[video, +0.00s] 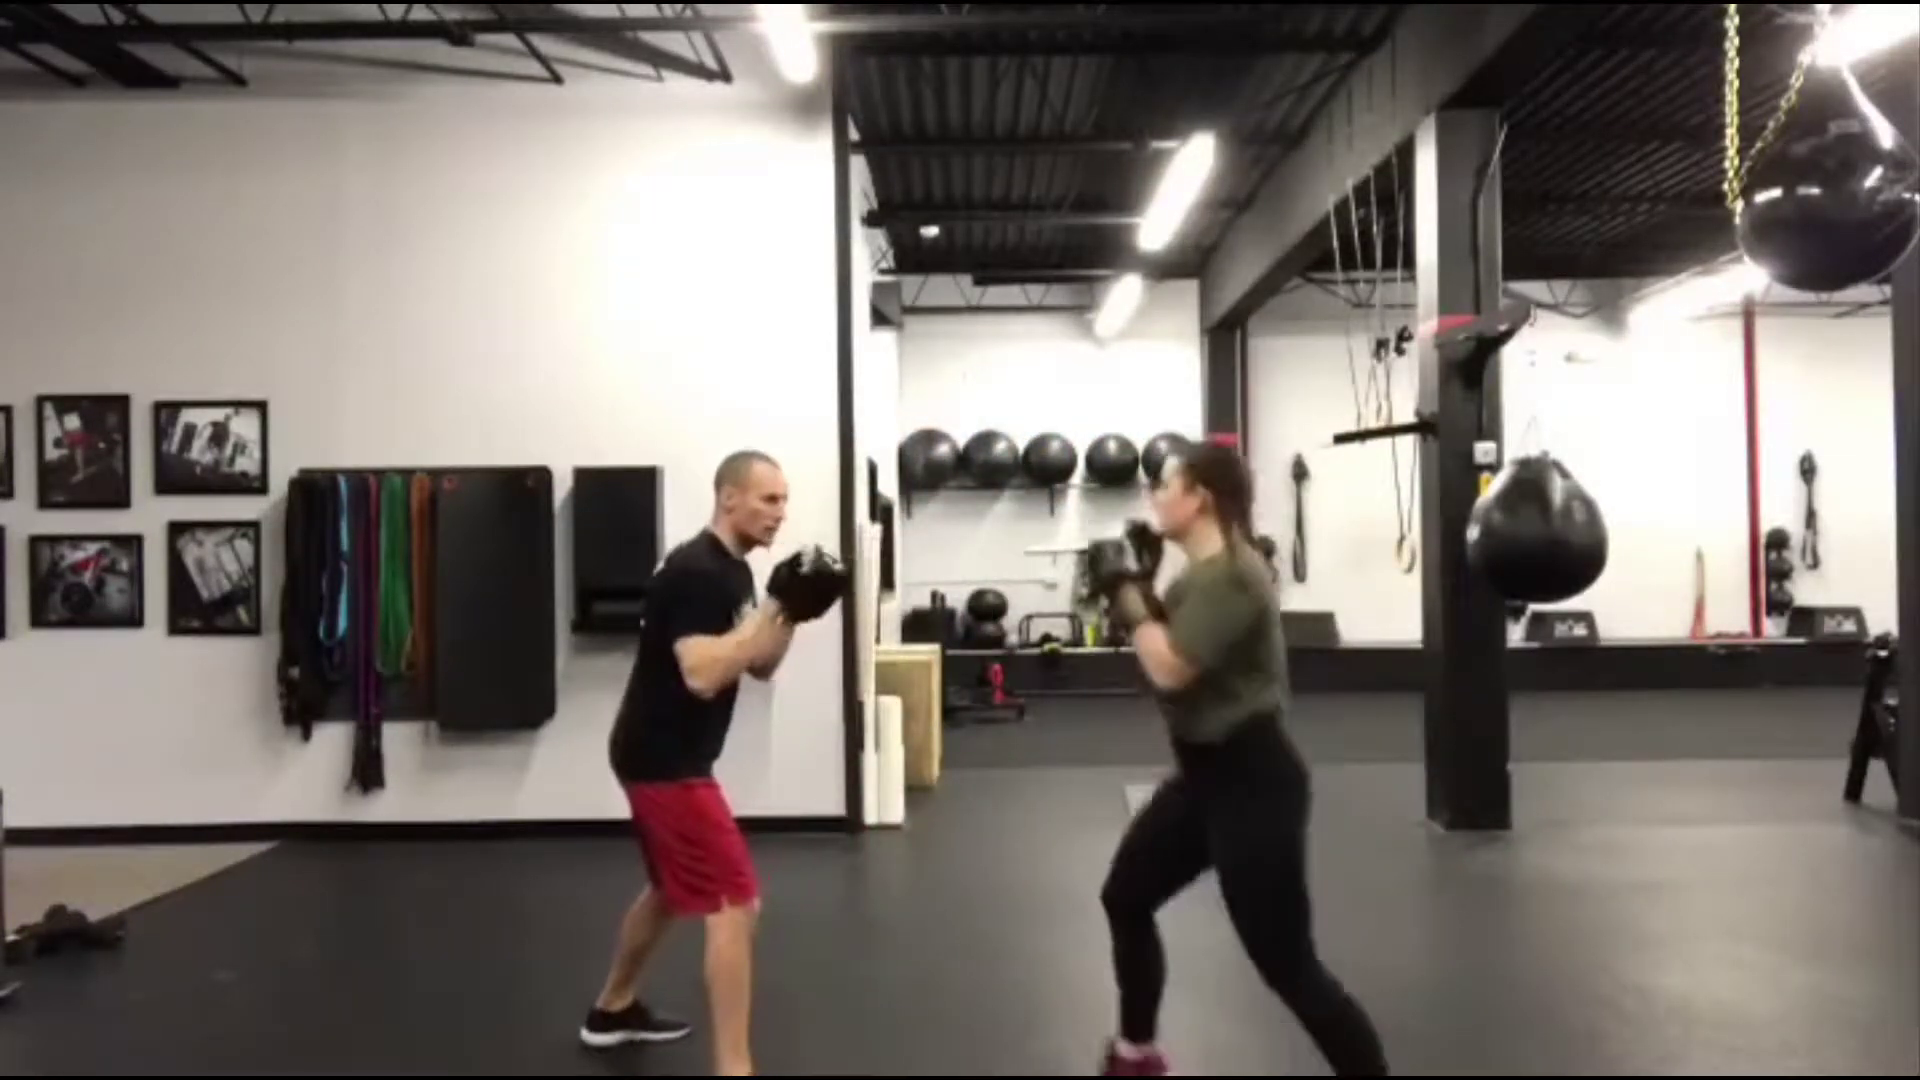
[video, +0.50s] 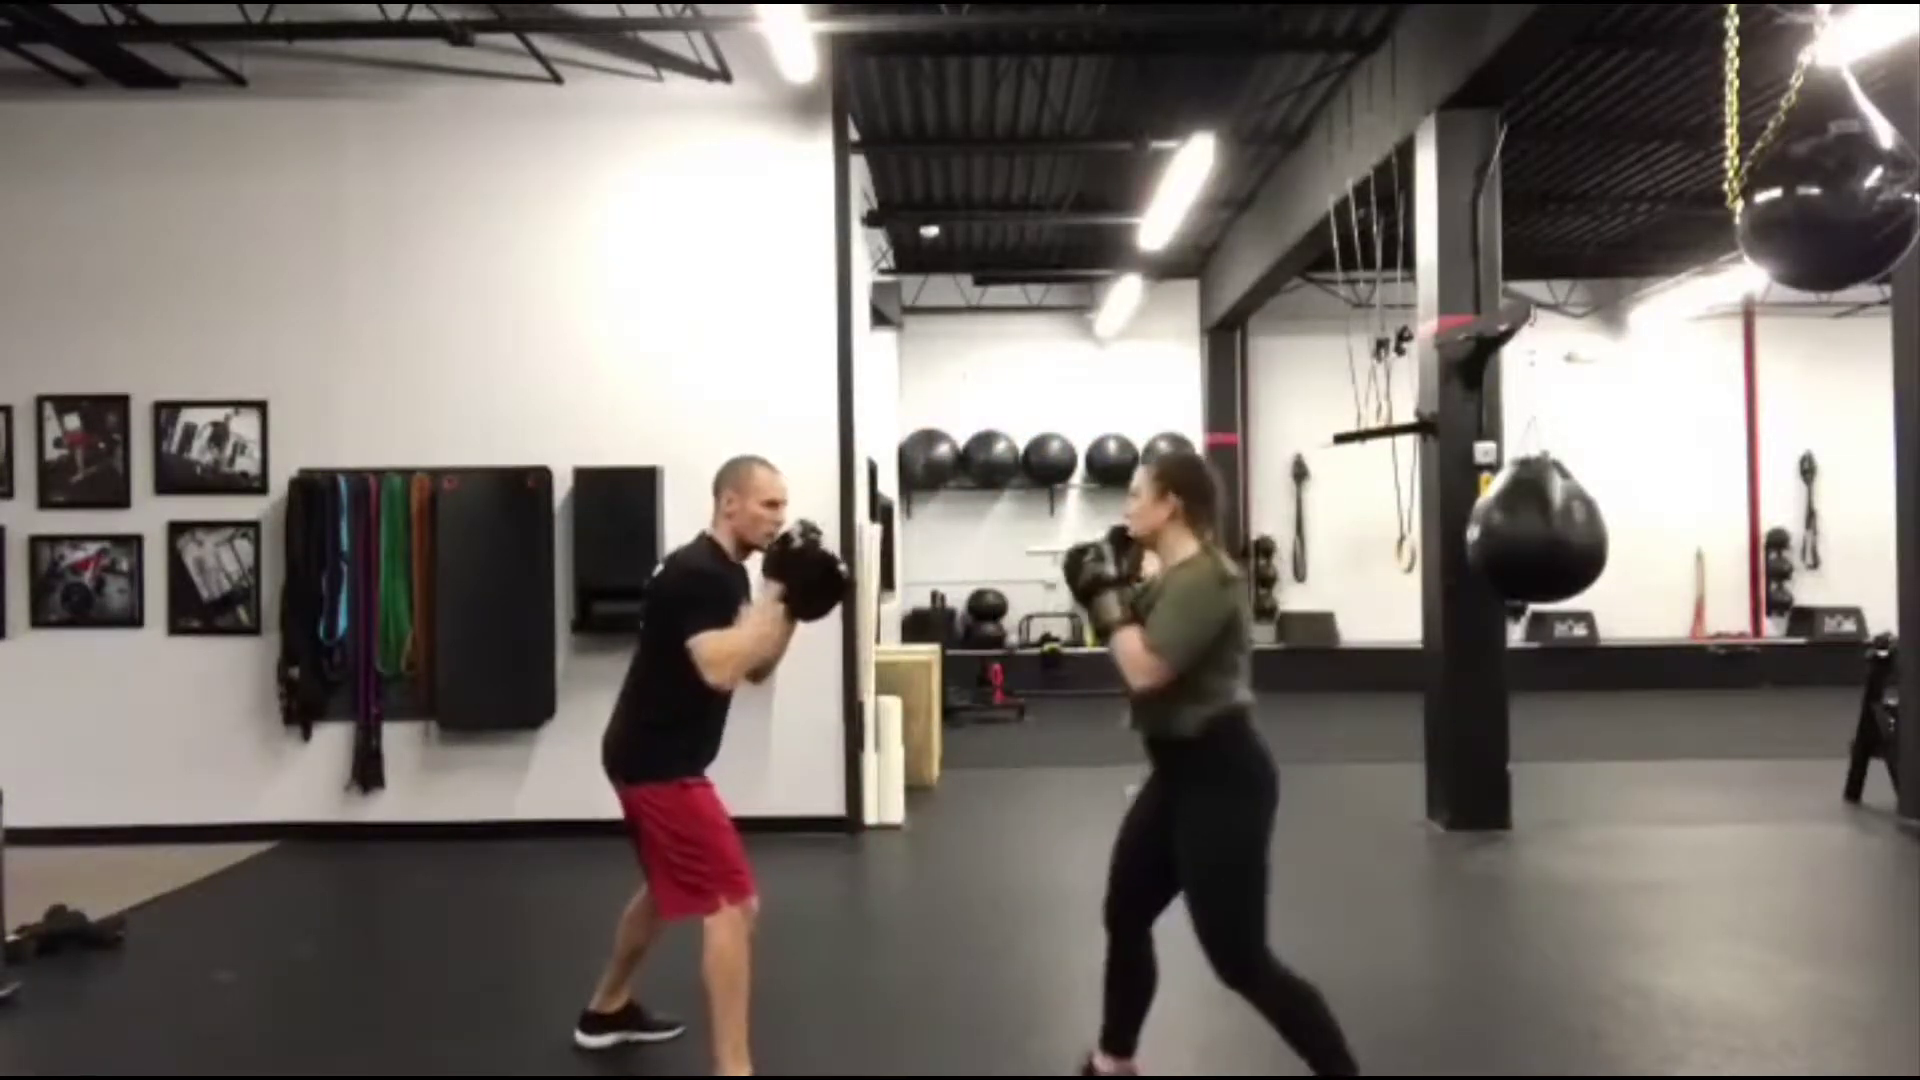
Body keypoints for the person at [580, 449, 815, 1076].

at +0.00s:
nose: (780, 513)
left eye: (783, 501)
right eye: (770, 500)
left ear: (749, 504)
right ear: (730, 499)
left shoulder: (733, 571)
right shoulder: (692, 570)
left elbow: (760, 663)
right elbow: (702, 674)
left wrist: (789, 612)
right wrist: (772, 615)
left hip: (673, 758)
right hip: (662, 762)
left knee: (671, 887)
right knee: (734, 904)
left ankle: (613, 1008)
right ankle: (735, 1066)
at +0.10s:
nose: (781, 512)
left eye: (785, 500)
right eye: (771, 498)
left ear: (744, 502)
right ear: (731, 497)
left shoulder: (730, 566)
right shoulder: (696, 568)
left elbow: (755, 659)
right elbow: (697, 673)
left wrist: (791, 611)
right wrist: (775, 616)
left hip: (663, 757)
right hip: (661, 763)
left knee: (662, 885)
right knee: (731, 905)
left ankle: (613, 1007)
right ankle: (732, 1065)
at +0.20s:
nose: (787, 515)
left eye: (790, 503)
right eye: (777, 501)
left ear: (744, 505)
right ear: (736, 500)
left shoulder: (727, 566)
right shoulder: (706, 570)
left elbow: (752, 661)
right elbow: (708, 678)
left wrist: (794, 618)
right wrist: (784, 623)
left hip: (651, 757)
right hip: (666, 764)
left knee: (658, 886)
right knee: (742, 904)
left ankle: (612, 1008)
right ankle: (735, 1065)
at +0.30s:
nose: (790, 515)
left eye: (793, 503)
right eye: (780, 502)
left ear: (744, 504)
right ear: (740, 500)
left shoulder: (723, 565)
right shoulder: (709, 569)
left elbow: (745, 661)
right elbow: (720, 675)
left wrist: (797, 615)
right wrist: (793, 616)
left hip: (651, 758)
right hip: (667, 764)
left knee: (657, 887)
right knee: (743, 903)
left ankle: (611, 1007)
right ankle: (736, 1066)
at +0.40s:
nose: (787, 515)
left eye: (789, 503)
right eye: (776, 502)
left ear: (747, 504)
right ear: (736, 501)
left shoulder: (728, 568)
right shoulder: (703, 570)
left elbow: (747, 665)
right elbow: (726, 669)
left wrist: (796, 606)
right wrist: (789, 601)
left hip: (657, 758)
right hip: (661, 763)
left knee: (659, 888)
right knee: (735, 903)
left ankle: (607, 1008)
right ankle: (735, 1066)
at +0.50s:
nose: (779, 518)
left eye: (782, 506)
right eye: (769, 504)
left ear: (741, 508)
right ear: (728, 503)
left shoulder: (729, 573)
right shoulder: (693, 572)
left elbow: (758, 667)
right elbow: (719, 668)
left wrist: (793, 599)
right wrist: (778, 599)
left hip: (661, 759)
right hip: (656, 765)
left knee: (666, 886)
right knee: (732, 904)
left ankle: (608, 1008)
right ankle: (734, 1066)